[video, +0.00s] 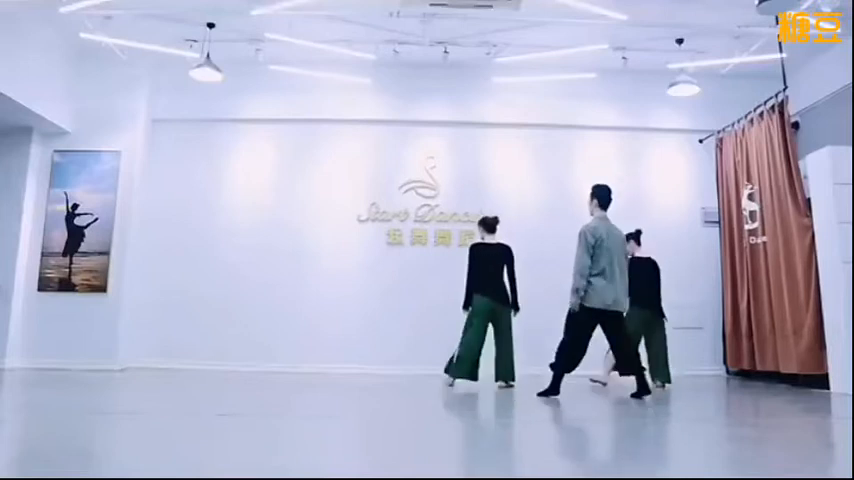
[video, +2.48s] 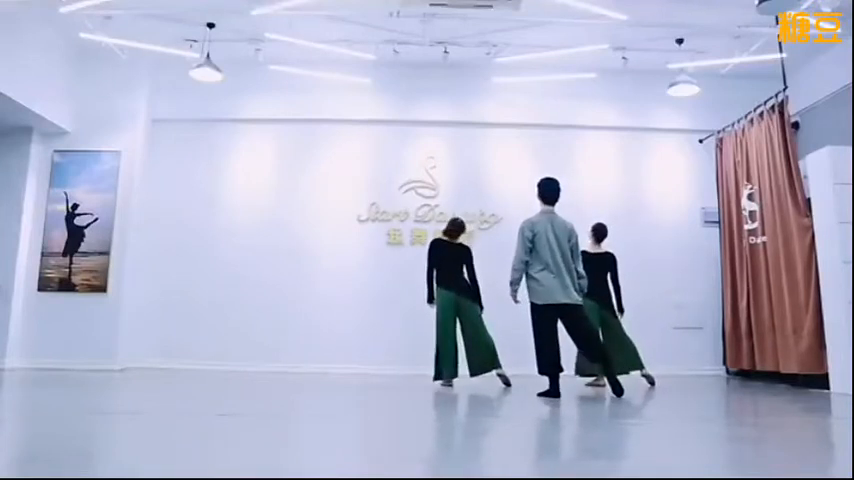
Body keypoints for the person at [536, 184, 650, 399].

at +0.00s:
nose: (588, 204)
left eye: (589, 200)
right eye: (590, 200)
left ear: (594, 201)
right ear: (607, 204)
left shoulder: (589, 230)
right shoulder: (619, 235)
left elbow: (582, 268)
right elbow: (623, 268)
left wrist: (575, 298)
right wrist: (622, 299)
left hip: (591, 299)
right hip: (615, 300)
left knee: (571, 343)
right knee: (623, 344)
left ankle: (554, 385)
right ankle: (641, 383)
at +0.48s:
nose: (551, 197)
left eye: (552, 193)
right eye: (554, 193)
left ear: (555, 195)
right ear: (571, 198)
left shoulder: (547, 225)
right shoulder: (581, 230)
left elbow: (537, 258)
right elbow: (585, 266)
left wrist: (527, 283)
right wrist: (586, 292)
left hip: (551, 294)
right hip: (576, 295)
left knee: (552, 342)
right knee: (594, 338)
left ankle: (554, 387)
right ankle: (620, 377)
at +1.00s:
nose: (539, 197)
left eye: (540, 193)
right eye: (545, 193)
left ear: (540, 196)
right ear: (559, 197)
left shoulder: (532, 225)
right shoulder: (569, 228)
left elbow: (524, 259)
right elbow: (577, 265)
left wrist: (516, 284)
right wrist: (580, 290)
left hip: (542, 296)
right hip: (567, 295)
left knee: (547, 342)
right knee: (586, 338)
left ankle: (554, 387)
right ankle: (611, 376)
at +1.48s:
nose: (541, 197)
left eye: (540, 193)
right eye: (550, 193)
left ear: (539, 195)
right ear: (558, 196)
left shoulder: (530, 226)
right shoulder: (568, 227)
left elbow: (523, 260)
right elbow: (578, 264)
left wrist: (516, 285)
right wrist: (581, 290)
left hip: (542, 296)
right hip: (568, 294)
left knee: (548, 343)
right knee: (588, 338)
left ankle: (554, 388)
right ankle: (611, 376)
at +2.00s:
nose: (540, 196)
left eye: (540, 192)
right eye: (551, 193)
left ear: (539, 195)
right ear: (558, 196)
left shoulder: (530, 226)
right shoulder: (568, 227)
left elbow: (522, 260)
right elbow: (578, 264)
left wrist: (516, 285)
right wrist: (581, 290)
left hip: (542, 296)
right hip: (568, 294)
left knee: (548, 343)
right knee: (589, 338)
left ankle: (554, 387)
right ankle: (611, 376)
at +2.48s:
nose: (539, 195)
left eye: (539, 192)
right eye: (551, 192)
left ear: (538, 195)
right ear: (558, 196)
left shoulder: (529, 226)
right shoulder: (567, 227)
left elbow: (520, 260)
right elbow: (577, 263)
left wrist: (513, 285)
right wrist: (580, 290)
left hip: (541, 296)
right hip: (567, 295)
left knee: (547, 343)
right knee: (588, 337)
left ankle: (554, 388)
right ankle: (611, 375)